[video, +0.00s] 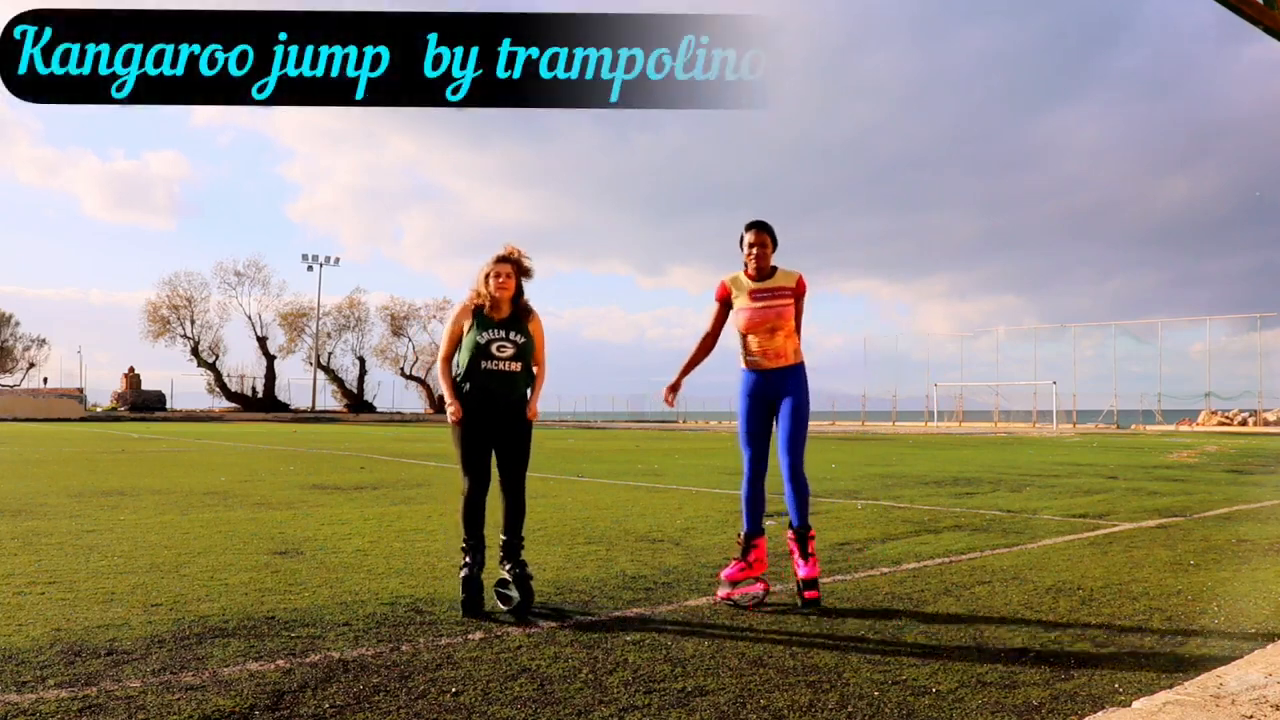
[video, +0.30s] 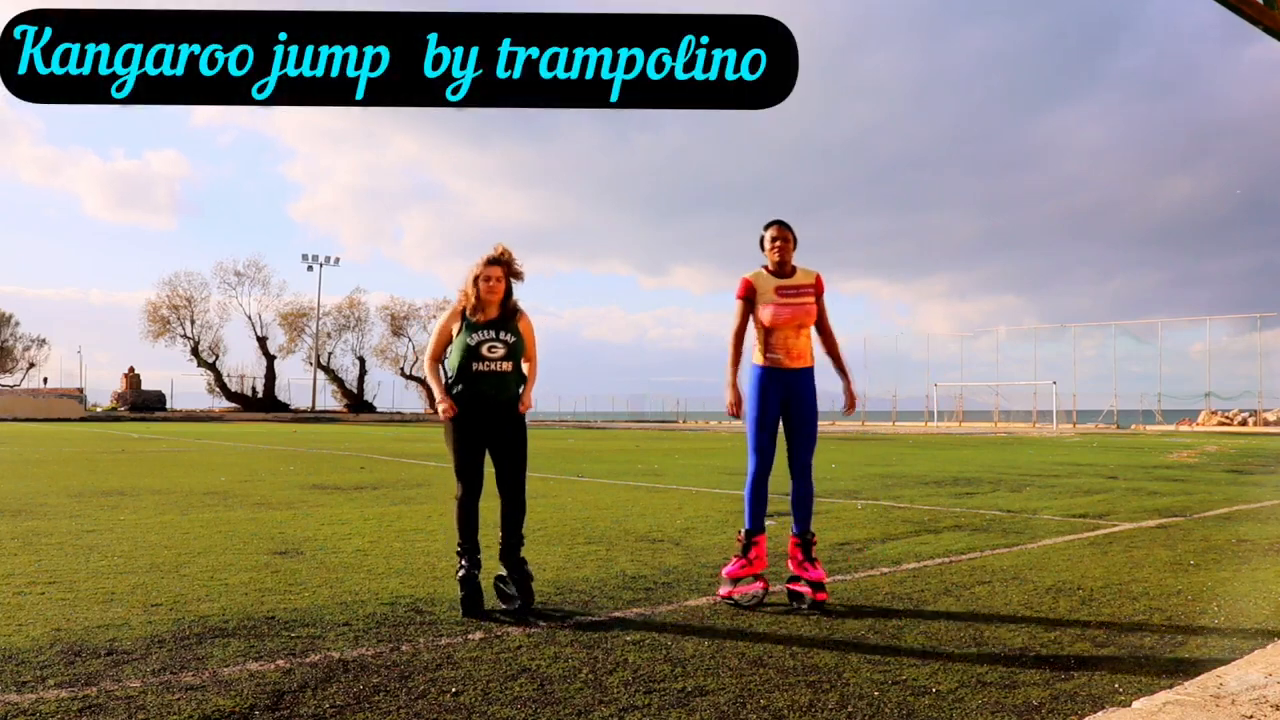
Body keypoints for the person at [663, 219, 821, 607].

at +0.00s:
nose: (755, 251)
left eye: (761, 245)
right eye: (749, 246)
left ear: (773, 249)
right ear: (742, 250)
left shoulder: (794, 282)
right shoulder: (731, 287)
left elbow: (795, 331)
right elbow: (710, 338)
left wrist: (789, 366)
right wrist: (679, 377)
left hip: (792, 381)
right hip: (753, 382)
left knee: (792, 466)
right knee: (754, 467)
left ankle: (802, 546)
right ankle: (752, 551)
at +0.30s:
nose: (778, 245)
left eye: (783, 239)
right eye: (772, 240)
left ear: (794, 246)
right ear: (763, 248)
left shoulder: (812, 280)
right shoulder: (753, 283)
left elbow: (825, 332)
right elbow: (737, 336)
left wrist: (846, 380)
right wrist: (732, 384)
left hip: (803, 380)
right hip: (764, 380)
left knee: (802, 468)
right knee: (759, 467)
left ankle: (802, 551)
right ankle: (752, 549)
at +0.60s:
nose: (799, 246)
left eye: (804, 241)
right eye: (793, 241)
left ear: (815, 249)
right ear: (783, 249)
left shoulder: (830, 284)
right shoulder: (767, 282)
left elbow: (849, 330)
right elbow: (749, 333)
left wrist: (866, 365)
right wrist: (770, 372)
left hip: (810, 380)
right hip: (771, 377)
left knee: (804, 470)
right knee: (771, 463)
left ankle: (800, 550)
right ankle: (761, 544)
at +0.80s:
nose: (800, 248)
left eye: (806, 242)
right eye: (794, 243)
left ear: (817, 248)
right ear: (785, 249)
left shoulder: (832, 285)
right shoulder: (769, 281)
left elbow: (848, 337)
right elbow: (739, 324)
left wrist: (838, 366)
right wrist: (756, 357)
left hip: (814, 384)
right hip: (777, 382)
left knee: (805, 472)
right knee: (779, 469)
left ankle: (801, 552)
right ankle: (775, 555)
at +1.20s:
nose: (809, 255)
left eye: (816, 248)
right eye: (802, 249)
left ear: (825, 244)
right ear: (791, 246)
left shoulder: (841, 278)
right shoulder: (775, 279)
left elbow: (851, 319)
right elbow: (750, 325)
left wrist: (854, 351)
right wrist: (765, 341)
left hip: (828, 380)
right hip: (788, 380)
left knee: (835, 471)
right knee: (786, 471)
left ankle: (840, 554)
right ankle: (779, 557)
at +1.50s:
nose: (831, 253)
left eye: (838, 246)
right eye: (825, 246)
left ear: (848, 246)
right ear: (813, 245)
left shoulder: (864, 282)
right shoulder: (797, 279)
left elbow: (885, 336)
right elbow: (784, 324)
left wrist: (874, 350)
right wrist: (779, 337)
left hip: (846, 383)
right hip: (804, 381)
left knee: (848, 480)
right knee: (799, 474)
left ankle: (850, 570)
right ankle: (789, 552)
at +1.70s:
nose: (836, 245)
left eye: (843, 238)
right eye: (830, 237)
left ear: (854, 238)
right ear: (818, 236)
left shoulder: (869, 275)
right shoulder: (800, 273)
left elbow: (888, 330)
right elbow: (777, 314)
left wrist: (873, 333)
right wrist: (785, 328)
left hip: (853, 378)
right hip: (811, 376)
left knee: (851, 474)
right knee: (815, 467)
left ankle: (853, 563)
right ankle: (811, 559)